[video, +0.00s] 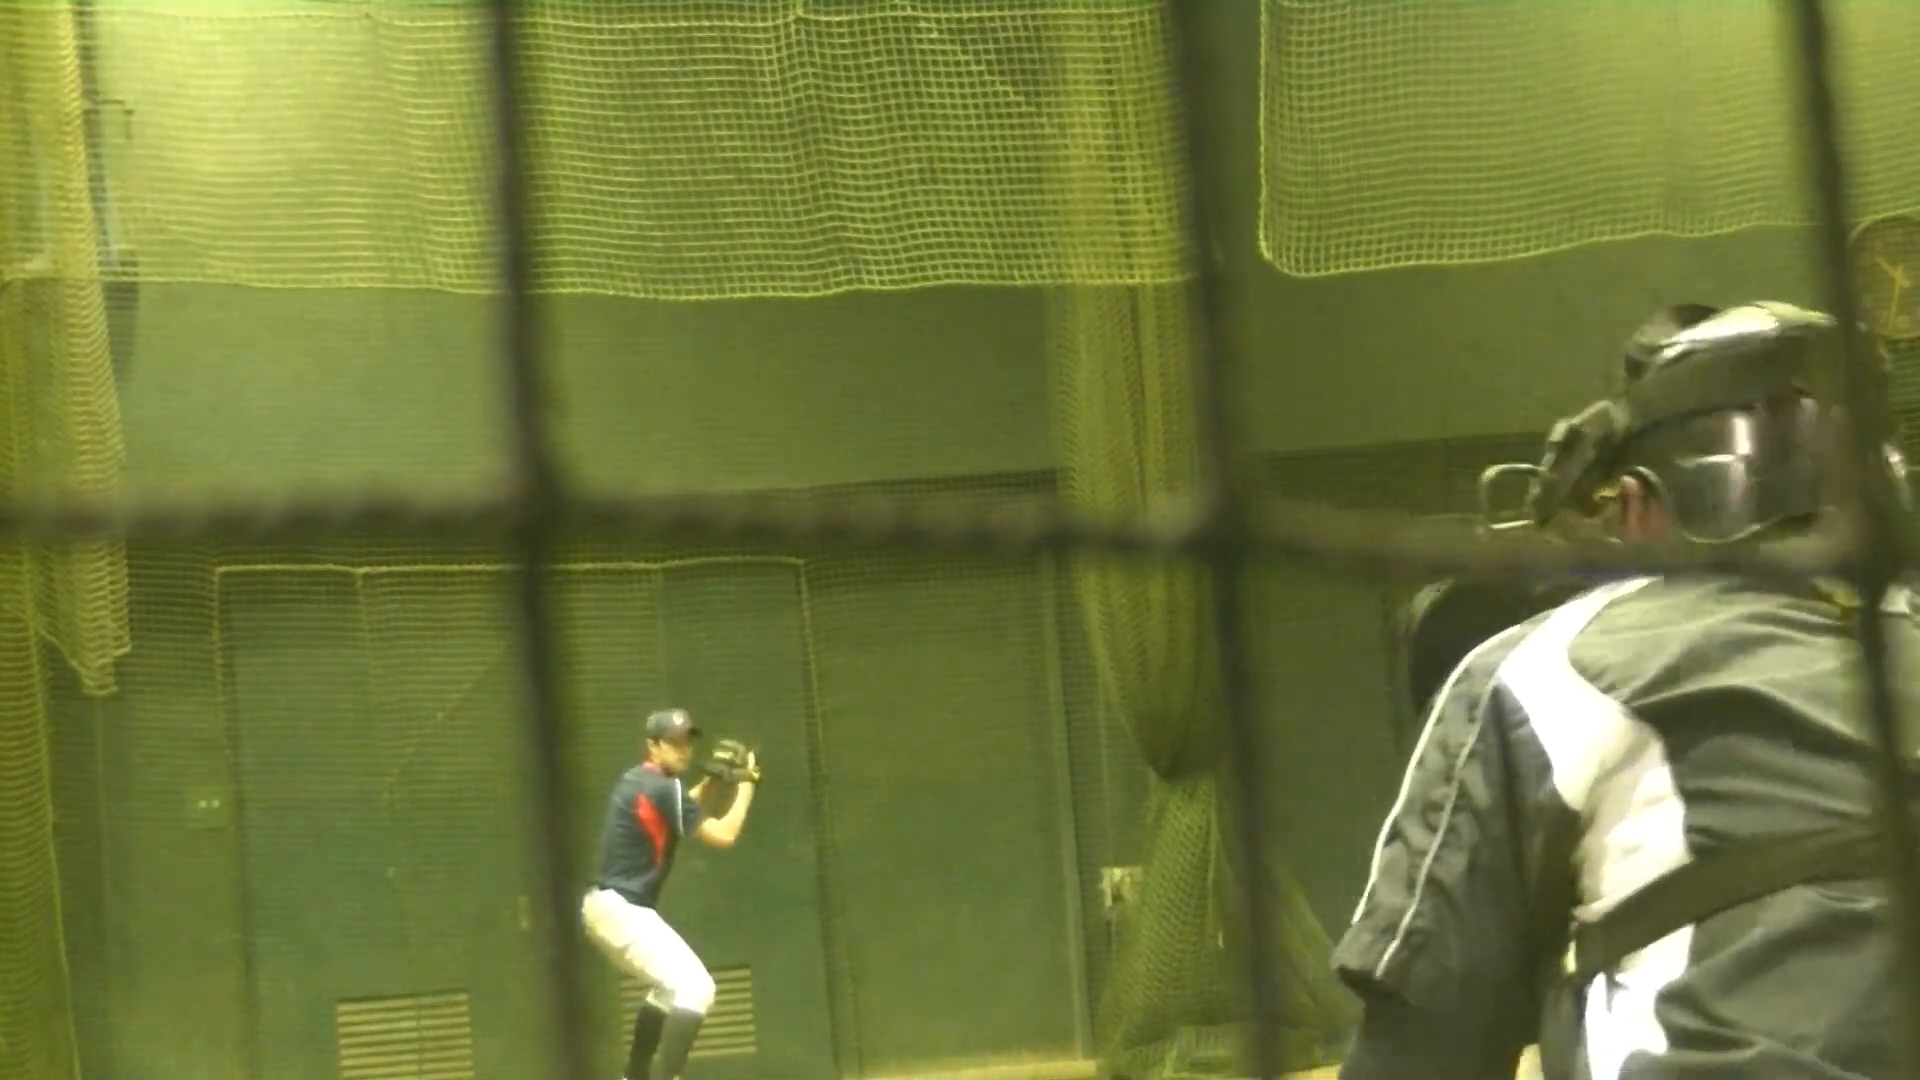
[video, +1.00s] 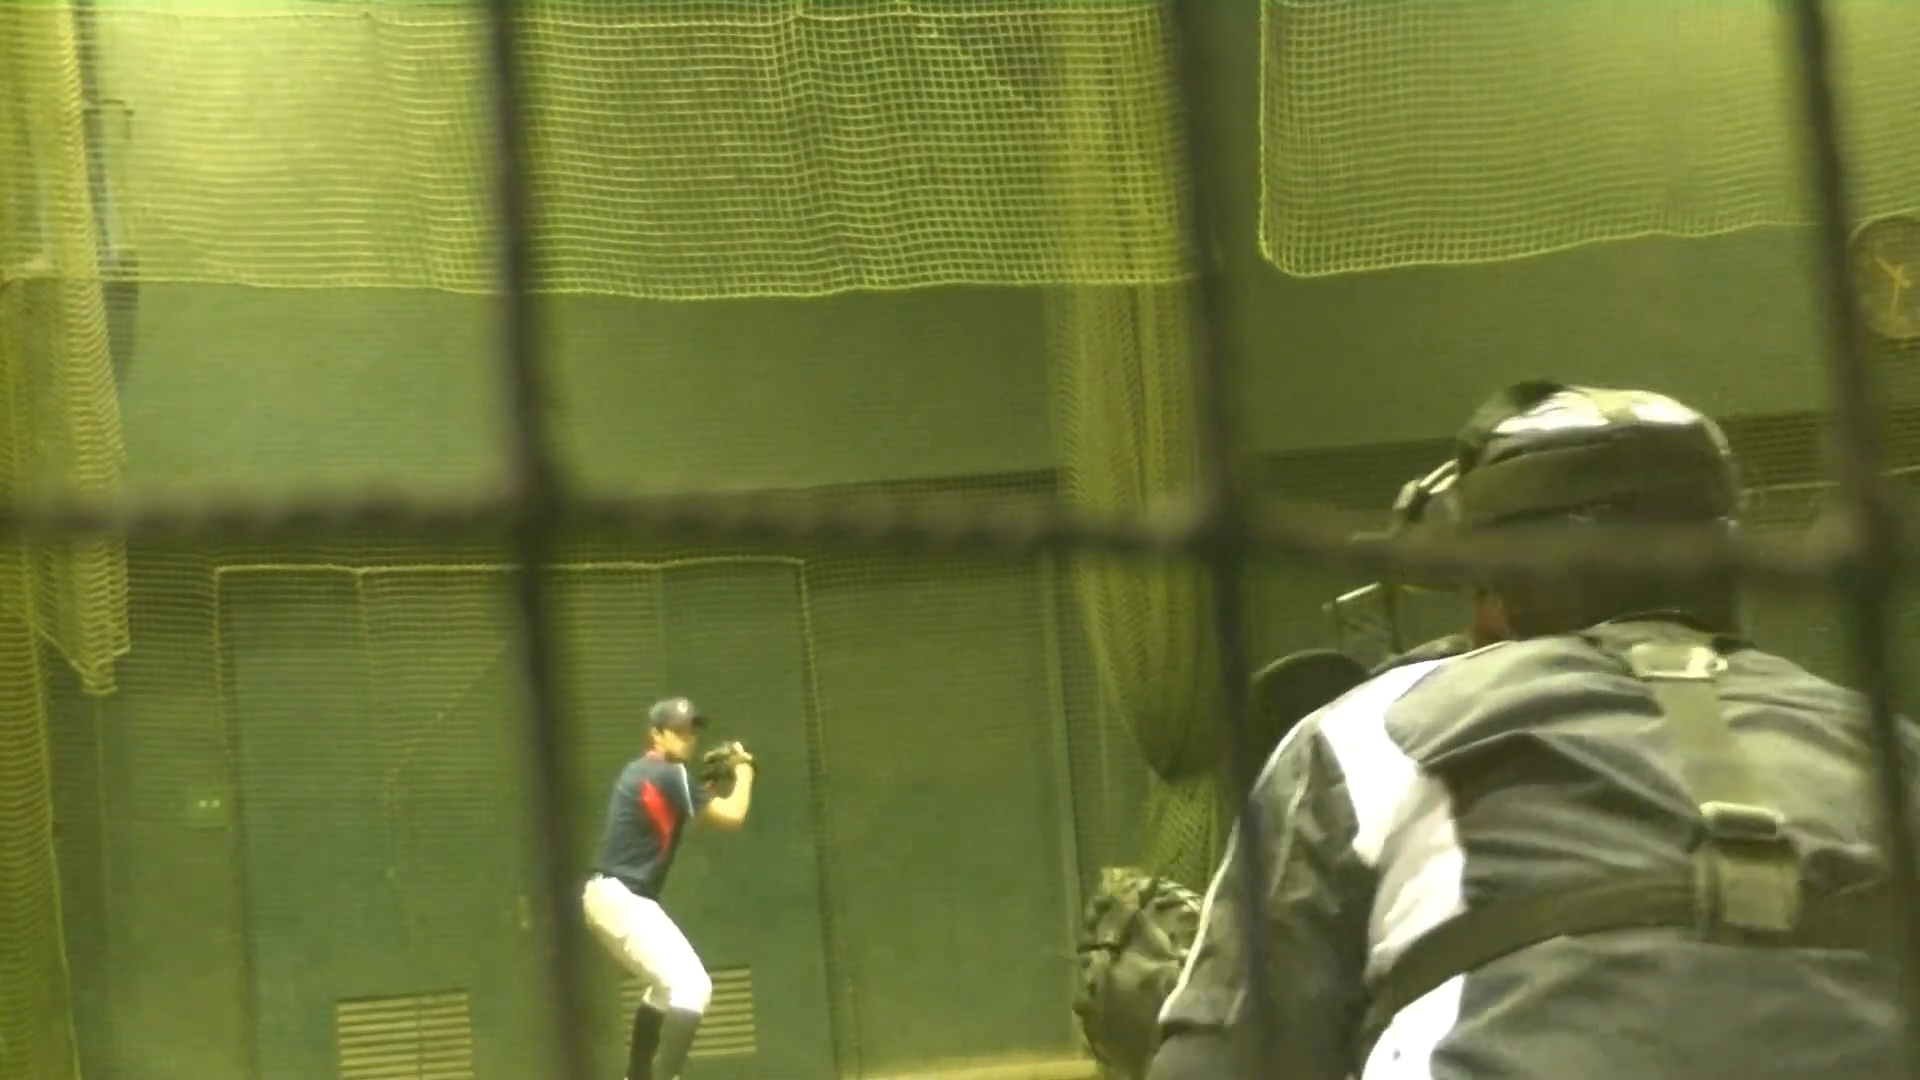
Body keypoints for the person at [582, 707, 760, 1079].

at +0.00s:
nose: (685, 751)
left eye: (688, 743)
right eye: (676, 744)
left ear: (690, 743)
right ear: (653, 746)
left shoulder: (633, 780)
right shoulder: (662, 789)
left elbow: (688, 809)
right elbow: (723, 836)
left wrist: (720, 776)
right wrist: (746, 785)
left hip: (601, 905)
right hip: (622, 910)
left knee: (668, 985)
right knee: (696, 989)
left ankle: (636, 1072)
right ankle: (667, 1072)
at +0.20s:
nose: (690, 752)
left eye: (692, 744)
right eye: (681, 744)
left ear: (694, 744)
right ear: (657, 746)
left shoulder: (637, 781)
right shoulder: (667, 788)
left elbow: (686, 819)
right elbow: (726, 836)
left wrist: (719, 787)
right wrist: (749, 789)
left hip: (601, 905)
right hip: (624, 909)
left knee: (663, 982)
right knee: (700, 987)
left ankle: (635, 1072)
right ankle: (668, 1072)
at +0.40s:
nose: (690, 747)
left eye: (692, 739)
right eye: (681, 739)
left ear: (691, 740)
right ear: (658, 741)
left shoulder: (642, 777)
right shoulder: (663, 783)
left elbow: (686, 816)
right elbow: (726, 828)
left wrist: (716, 789)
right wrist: (748, 784)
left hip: (605, 901)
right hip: (622, 904)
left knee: (665, 983)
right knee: (696, 987)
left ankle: (639, 1072)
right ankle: (667, 1072)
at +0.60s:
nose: (689, 746)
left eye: (692, 738)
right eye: (680, 738)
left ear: (694, 739)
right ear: (658, 740)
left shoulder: (642, 776)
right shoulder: (662, 781)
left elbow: (685, 815)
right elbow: (724, 826)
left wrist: (715, 787)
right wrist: (748, 783)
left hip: (605, 899)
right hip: (622, 902)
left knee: (666, 984)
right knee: (693, 986)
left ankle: (638, 1073)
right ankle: (666, 1073)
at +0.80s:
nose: (688, 749)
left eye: (690, 741)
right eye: (681, 741)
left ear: (658, 744)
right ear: (656, 741)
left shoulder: (639, 777)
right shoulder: (664, 782)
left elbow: (688, 817)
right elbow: (725, 828)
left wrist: (718, 785)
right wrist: (747, 784)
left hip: (604, 902)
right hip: (625, 905)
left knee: (664, 985)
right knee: (695, 988)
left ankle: (640, 1073)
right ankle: (666, 1073)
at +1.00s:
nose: (690, 739)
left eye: (692, 731)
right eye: (683, 732)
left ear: (657, 736)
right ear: (660, 734)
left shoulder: (638, 770)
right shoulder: (668, 774)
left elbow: (680, 808)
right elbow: (732, 814)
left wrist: (712, 783)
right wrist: (744, 771)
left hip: (603, 894)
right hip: (623, 898)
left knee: (665, 984)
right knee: (693, 986)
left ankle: (638, 1073)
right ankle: (669, 1072)